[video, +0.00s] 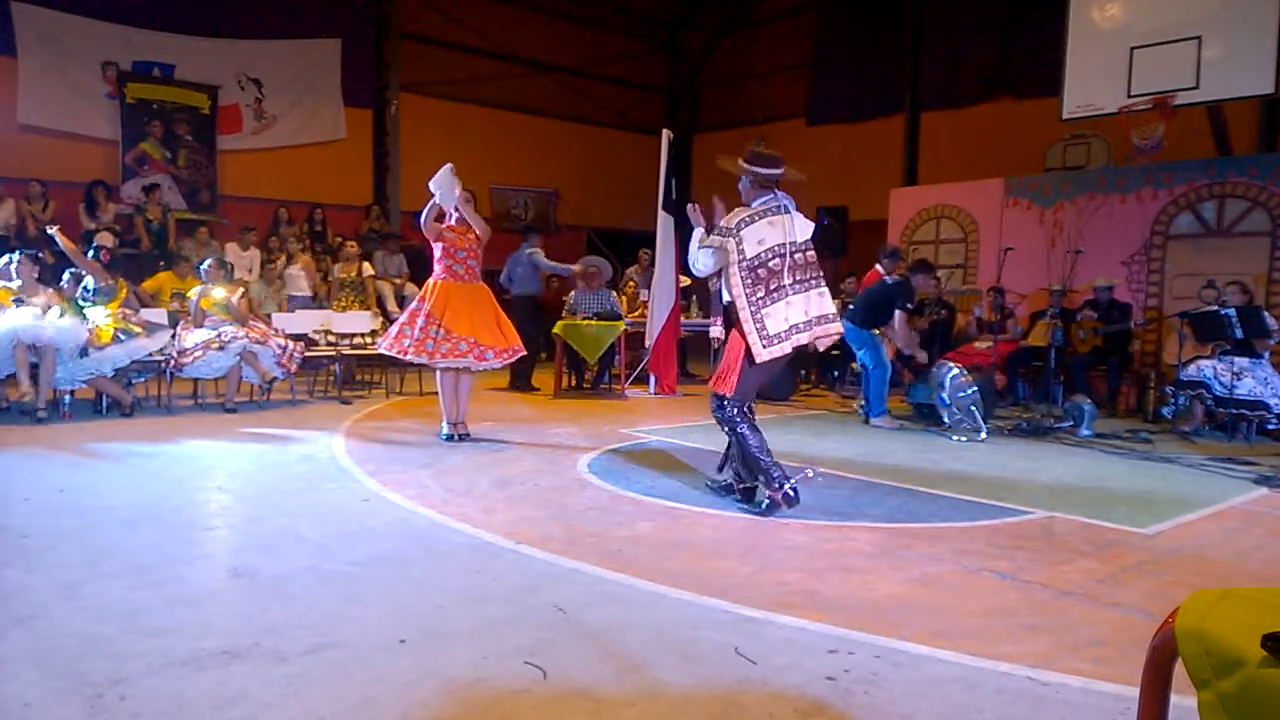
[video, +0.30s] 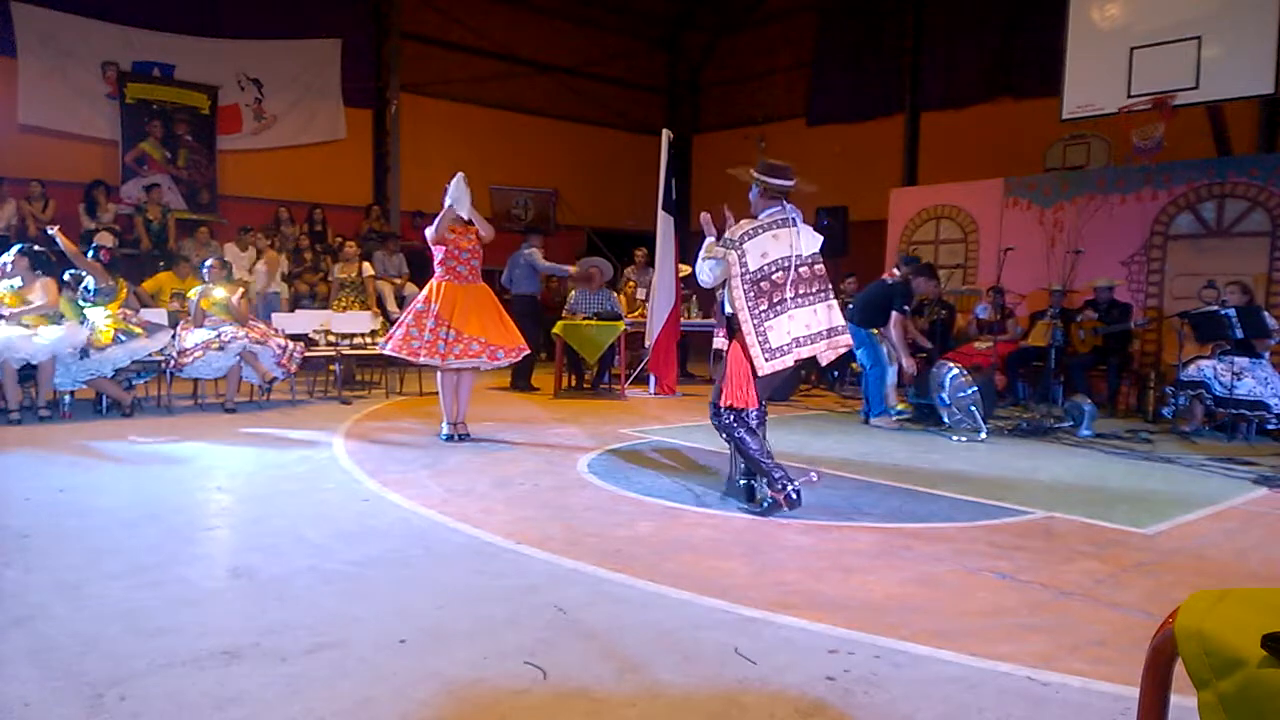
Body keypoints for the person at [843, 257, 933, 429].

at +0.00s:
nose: (930, 284)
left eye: (931, 280)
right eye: (929, 279)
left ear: (915, 275)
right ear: (920, 277)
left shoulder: (896, 283)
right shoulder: (906, 289)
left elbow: (884, 324)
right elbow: (900, 329)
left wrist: (902, 344)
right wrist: (915, 351)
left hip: (853, 323)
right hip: (860, 327)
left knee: (872, 366)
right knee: (880, 367)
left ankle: (871, 410)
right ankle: (878, 414)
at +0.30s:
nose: (930, 291)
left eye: (932, 286)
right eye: (930, 285)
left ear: (917, 278)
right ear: (920, 280)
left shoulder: (898, 286)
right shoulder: (904, 291)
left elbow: (888, 326)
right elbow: (895, 326)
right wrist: (905, 357)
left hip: (859, 324)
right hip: (861, 326)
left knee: (871, 368)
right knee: (877, 367)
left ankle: (870, 410)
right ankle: (878, 413)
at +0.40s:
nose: (930, 291)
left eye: (932, 286)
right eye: (930, 285)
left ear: (917, 278)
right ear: (920, 280)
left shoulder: (900, 287)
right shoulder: (903, 290)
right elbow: (895, 327)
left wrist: (927, 344)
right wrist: (908, 357)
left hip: (855, 322)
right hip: (859, 325)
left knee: (870, 367)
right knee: (877, 366)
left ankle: (869, 410)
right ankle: (877, 413)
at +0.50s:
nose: (927, 294)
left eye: (930, 291)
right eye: (929, 289)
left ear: (917, 280)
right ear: (920, 281)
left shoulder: (898, 286)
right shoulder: (902, 292)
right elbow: (897, 328)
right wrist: (913, 356)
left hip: (851, 323)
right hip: (858, 325)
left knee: (868, 367)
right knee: (876, 366)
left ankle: (869, 409)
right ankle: (873, 413)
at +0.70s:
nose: (926, 292)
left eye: (928, 288)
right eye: (926, 287)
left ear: (914, 279)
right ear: (916, 280)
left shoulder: (894, 283)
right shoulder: (902, 291)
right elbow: (904, 330)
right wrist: (921, 358)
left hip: (847, 323)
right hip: (856, 327)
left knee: (866, 368)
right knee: (870, 369)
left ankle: (868, 408)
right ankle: (862, 414)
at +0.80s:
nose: (923, 293)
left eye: (926, 289)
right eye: (924, 288)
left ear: (911, 279)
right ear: (915, 280)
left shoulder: (888, 281)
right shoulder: (901, 291)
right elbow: (903, 329)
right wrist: (920, 358)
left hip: (843, 322)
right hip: (856, 327)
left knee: (860, 369)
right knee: (869, 370)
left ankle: (866, 408)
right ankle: (861, 414)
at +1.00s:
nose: (920, 292)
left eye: (923, 288)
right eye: (920, 287)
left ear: (907, 278)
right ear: (911, 280)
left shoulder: (886, 280)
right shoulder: (900, 292)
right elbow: (902, 330)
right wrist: (920, 359)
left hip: (842, 317)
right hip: (854, 325)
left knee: (849, 369)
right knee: (863, 371)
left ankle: (845, 409)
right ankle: (858, 415)